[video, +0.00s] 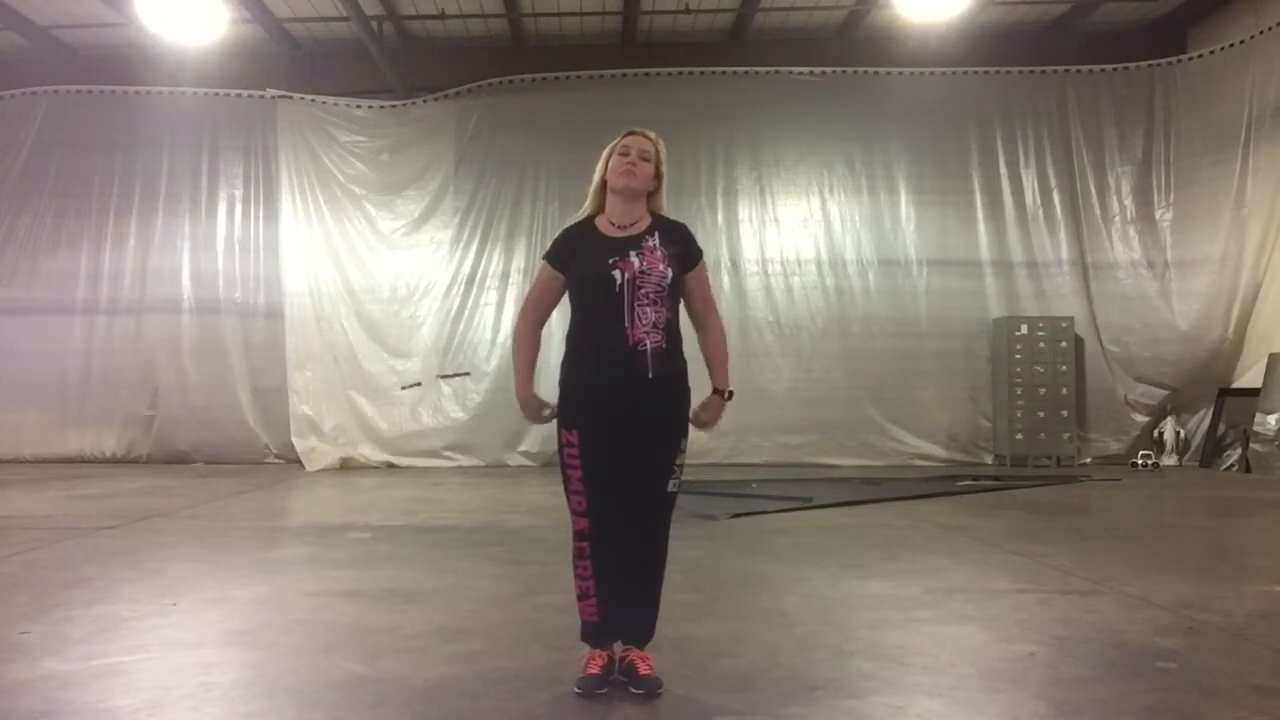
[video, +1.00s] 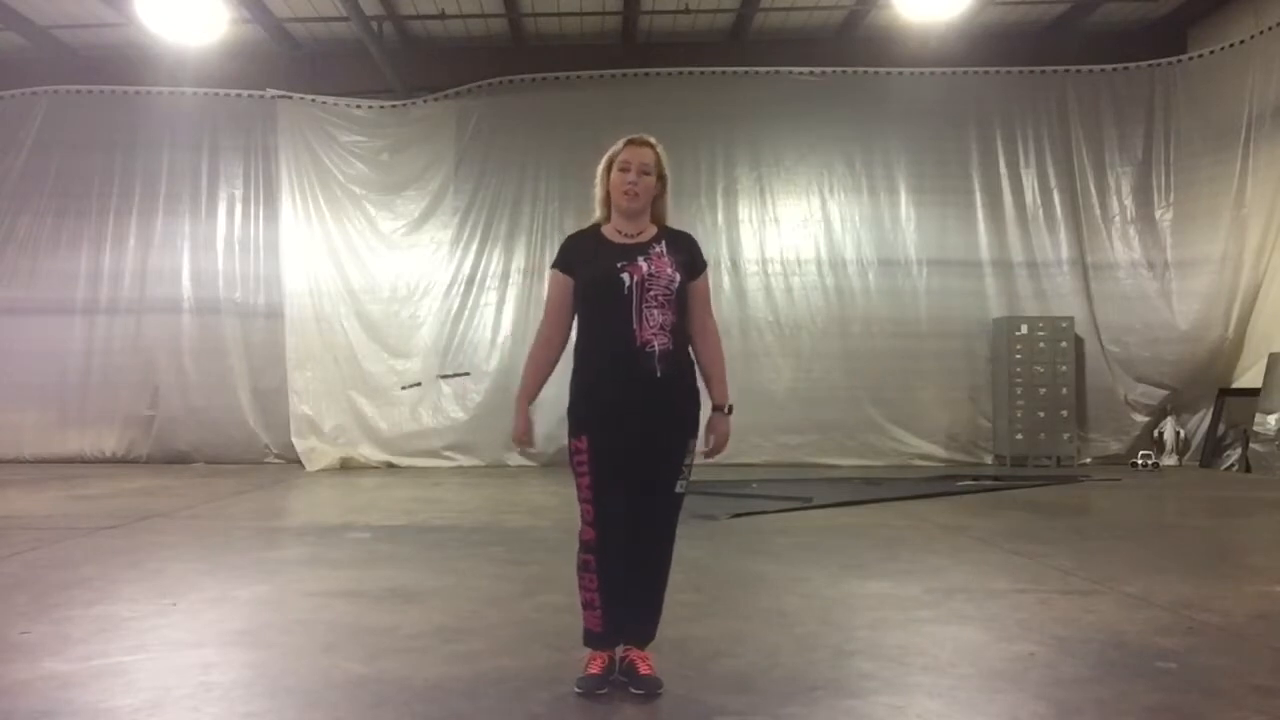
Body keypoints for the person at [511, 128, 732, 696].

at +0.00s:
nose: (631, 163)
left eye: (643, 158)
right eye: (622, 155)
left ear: (657, 177)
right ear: (604, 168)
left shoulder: (676, 239)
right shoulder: (576, 240)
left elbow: (706, 317)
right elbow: (531, 314)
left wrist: (721, 388)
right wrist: (523, 390)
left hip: (659, 406)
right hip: (589, 405)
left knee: (647, 524)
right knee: (593, 527)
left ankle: (634, 649)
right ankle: (599, 649)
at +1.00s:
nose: (633, 179)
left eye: (645, 172)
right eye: (624, 170)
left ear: (659, 184)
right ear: (606, 179)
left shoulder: (681, 248)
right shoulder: (579, 247)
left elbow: (702, 329)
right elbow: (553, 332)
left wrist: (721, 405)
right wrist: (523, 402)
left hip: (668, 412)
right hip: (599, 411)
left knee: (653, 526)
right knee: (599, 529)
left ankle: (635, 649)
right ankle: (600, 651)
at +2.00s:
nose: (634, 181)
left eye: (646, 172)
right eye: (625, 171)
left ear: (661, 182)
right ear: (608, 179)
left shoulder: (686, 247)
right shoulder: (583, 247)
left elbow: (707, 330)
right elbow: (557, 335)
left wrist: (727, 402)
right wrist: (531, 407)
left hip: (669, 411)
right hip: (600, 409)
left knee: (653, 526)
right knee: (601, 528)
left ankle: (635, 649)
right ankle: (599, 650)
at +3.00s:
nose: (639, 185)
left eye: (650, 175)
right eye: (629, 175)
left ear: (664, 182)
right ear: (612, 183)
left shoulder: (689, 250)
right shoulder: (586, 247)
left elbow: (708, 332)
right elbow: (557, 333)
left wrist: (729, 407)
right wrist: (533, 404)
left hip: (671, 413)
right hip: (602, 411)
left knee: (654, 528)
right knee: (603, 530)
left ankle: (636, 649)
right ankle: (599, 649)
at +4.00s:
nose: (641, 178)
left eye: (651, 170)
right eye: (630, 170)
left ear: (667, 180)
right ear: (615, 182)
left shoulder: (695, 248)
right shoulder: (592, 249)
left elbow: (713, 335)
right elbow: (565, 334)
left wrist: (725, 410)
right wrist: (540, 404)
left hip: (678, 411)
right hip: (608, 410)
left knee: (660, 528)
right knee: (608, 528)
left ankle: (639, 649)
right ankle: (607, 660)